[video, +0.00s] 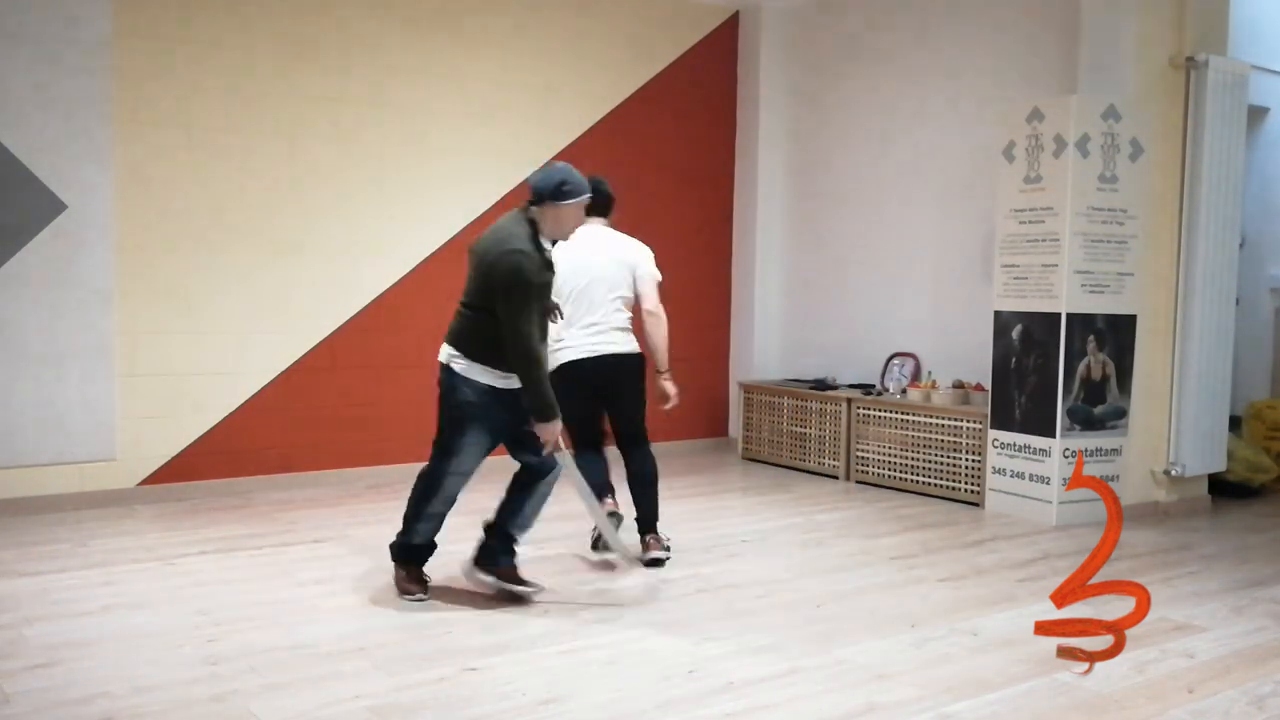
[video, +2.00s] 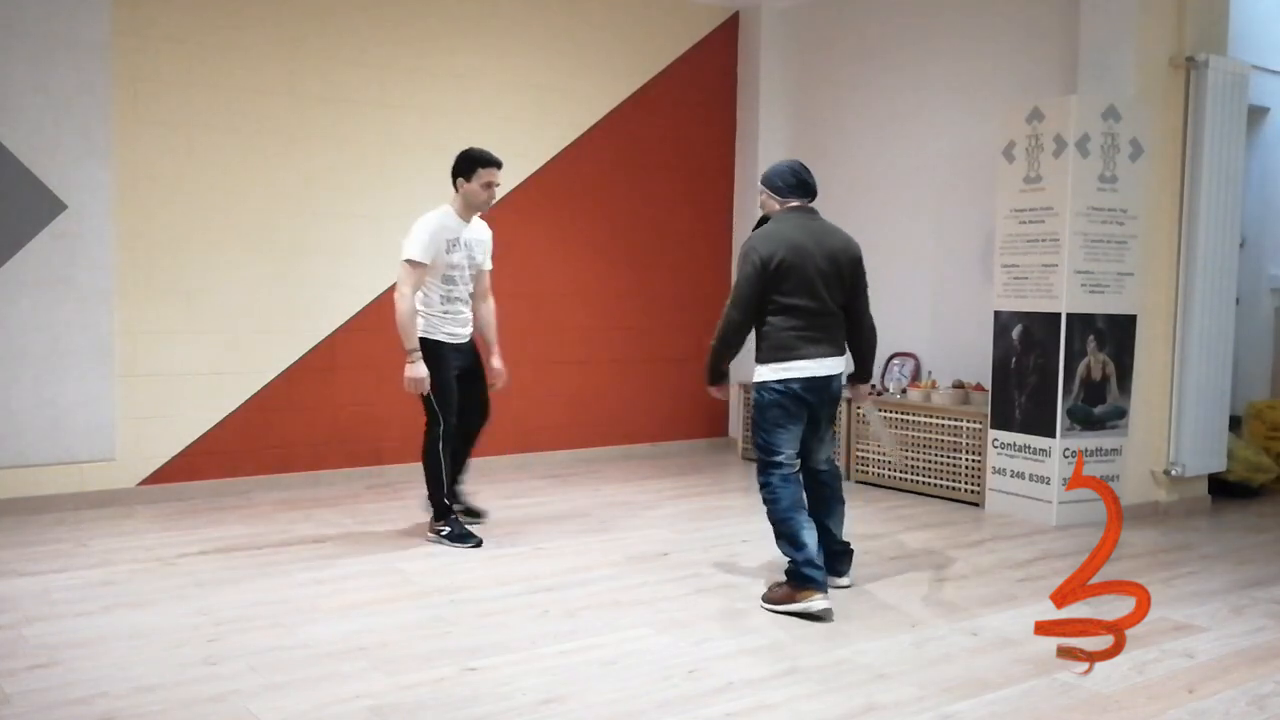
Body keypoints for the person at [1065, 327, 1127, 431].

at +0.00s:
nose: (1087, 345)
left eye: (1091, 342)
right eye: (1088, 342)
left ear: (1099, 344)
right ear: (1088, 345)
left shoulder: (1108, 364)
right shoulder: (1083, 365)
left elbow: (1113, 388)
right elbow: (1076, 390)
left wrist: (1115, 406)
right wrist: (1070, 408)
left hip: (1102, 405)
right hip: (1086, 405)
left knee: (1121, 411)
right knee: (1071, 410)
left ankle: (1086, 425)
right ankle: (1101, 425)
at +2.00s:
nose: (1088, 345)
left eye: (1091, 342)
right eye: (1088, 342)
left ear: (1098, 344)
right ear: (1087, 344)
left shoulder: (1108, 364)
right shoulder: (1084, 364)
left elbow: (1114, 392)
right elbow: (1076, 391)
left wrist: (1107, 407)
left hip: (1102, 406)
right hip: (1086, 406)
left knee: (1121, 411)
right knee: (1071, 410)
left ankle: (1086, 425)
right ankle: (1099, 425)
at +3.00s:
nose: (1088, 345)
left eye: (1091, 342)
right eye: (1088, 342)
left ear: (1098, 344)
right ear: (1087, 344)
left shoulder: (1108, 365)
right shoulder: (1084, 364)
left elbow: (1114, 392)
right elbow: (1076, 390)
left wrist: (1106, 407)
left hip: (1103, 406)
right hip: (1086, 406)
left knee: (1122, 411)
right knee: (1071, 410)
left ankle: (1086, 425)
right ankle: (1099, 425)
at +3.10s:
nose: (1088, 345)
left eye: (1091, 342)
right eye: (1088, 342)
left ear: (1098, 344)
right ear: (1087, 344)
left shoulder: (1108, 365)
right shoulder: (1084, 364)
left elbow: (1114, 392)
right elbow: (1076, 390)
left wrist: (1106, 407)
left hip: (1103, 406)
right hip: (1086, 406)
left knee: (1122, 411)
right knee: (1071, 410)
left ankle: (1086, 425)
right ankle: (1100, 425)